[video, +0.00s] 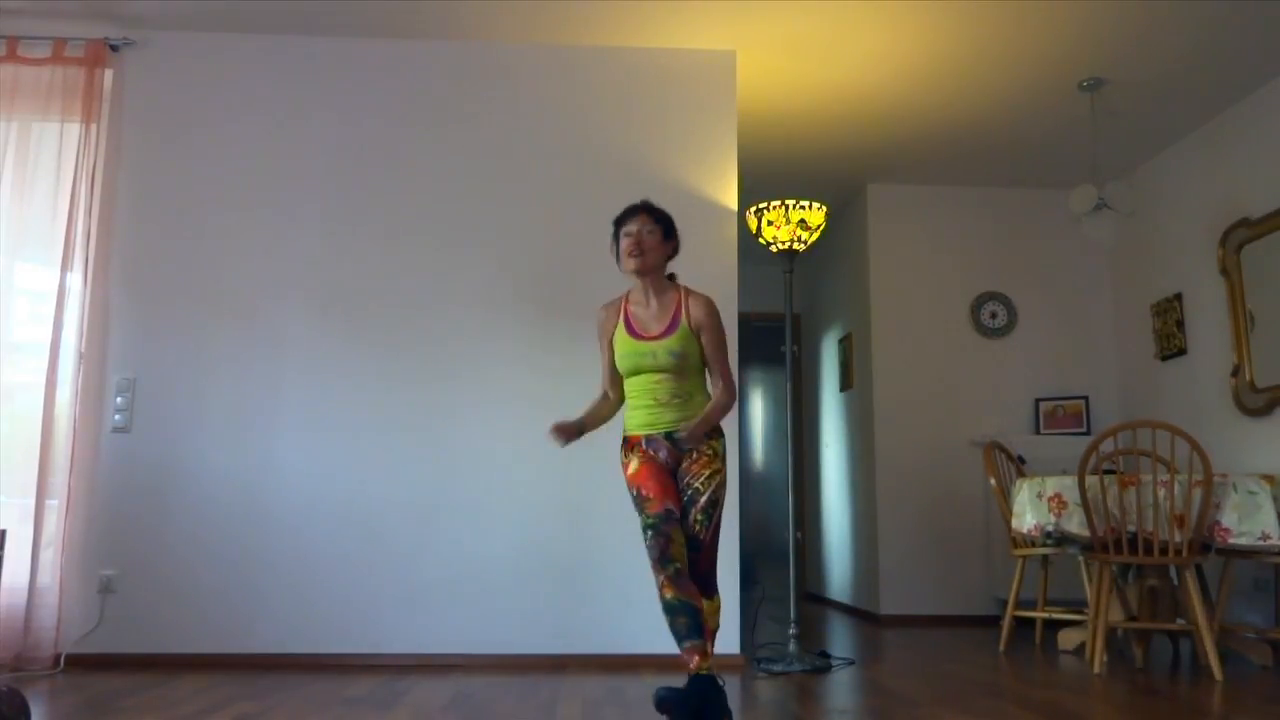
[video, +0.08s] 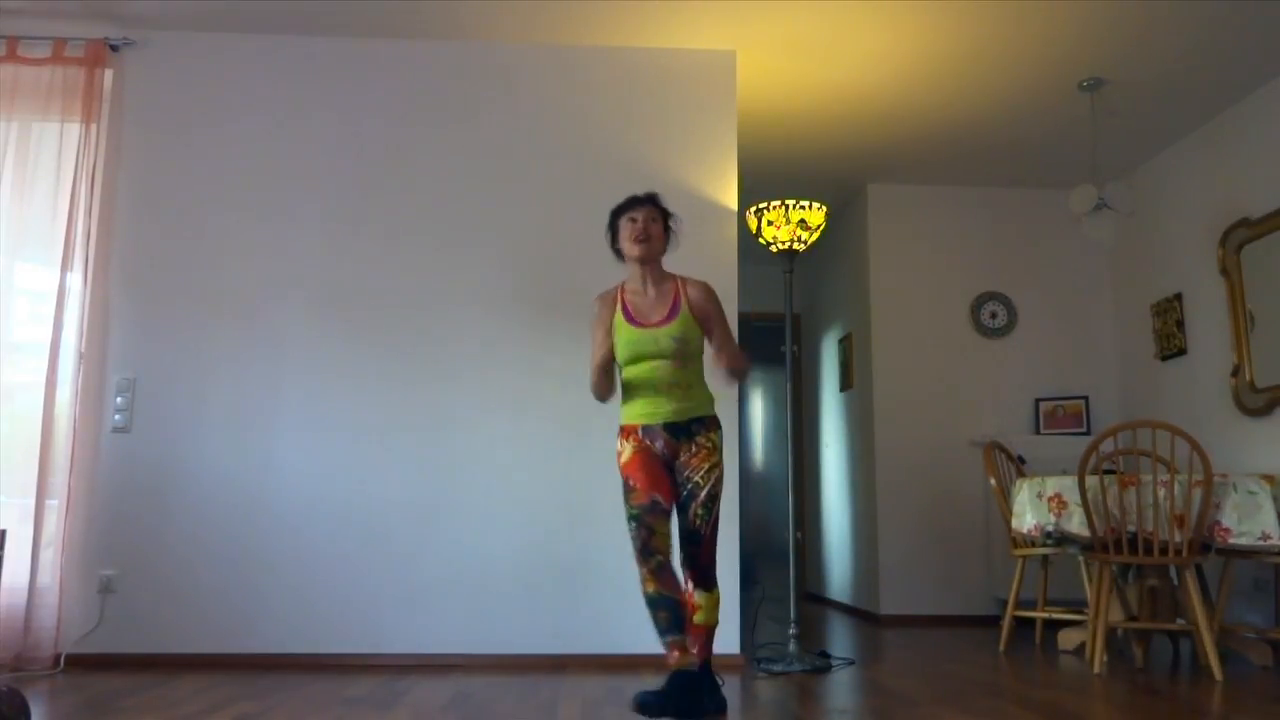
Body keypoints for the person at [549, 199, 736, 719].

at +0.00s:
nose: (634, 243)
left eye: (645, 236)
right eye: (626, 237)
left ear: (669, 247)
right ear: (617, 251)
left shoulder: (697, 308)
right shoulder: (611, 316)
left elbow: (725, 390)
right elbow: (612, 393)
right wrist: (578, 425)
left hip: (699, 442)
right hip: (641, 445)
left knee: (699, 553)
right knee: (665, 540)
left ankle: (701, 676)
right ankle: (701, 673)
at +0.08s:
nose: (642, 228)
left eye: (651, 221)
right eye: (631, 222)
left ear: (667, 235)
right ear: (616, 239)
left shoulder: (697, 294)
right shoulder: (609, 304)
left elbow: (734, 370)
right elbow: (602, 391)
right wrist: (606, 349)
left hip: (697, 432)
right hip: (639, 435)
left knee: (697, 553)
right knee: (650, 550)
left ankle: (703, 675)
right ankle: (682, 670)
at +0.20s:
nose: (635, 205)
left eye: (643, 197)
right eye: (623, 198)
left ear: (655, 211)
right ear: (604, 216)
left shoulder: (681, 265)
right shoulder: (595, 271)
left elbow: (752, 298)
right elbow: (593, 312)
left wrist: (747, 245)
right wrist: (631, 255)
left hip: (688, 405)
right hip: (629, 407)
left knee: (694, 537)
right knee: (615, 532)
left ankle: (699, 662)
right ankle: (610, 662)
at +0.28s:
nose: (627, 198)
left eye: (636, 191)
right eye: (615, 189)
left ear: (645, 205)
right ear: (593, 207)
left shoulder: (665, 257)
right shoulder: (584, 258)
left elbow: (744, 256)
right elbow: (602, 248)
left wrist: (750, 197)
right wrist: (649, 206)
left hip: (680, 392)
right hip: (621, 393)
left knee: (690, 525)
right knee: (594, 521)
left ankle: (700, 653)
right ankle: (564, 646)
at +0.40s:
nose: (619, 216)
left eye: (626, 208)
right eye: (609, 206)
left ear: (631, 219)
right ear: (585, 210)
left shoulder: (638, 267)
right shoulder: (573, 260)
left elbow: (699, 221)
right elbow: (607, 197)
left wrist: (751, 177)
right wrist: (664, 155)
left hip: (655, 400)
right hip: (597, 400)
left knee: (676, 530)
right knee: (568, 529)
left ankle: (697, 655)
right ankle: (529, 656)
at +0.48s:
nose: (610, 220)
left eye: (619, 213)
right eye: (601, 209)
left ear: (626, 225)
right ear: (579, 215)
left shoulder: (623, 277)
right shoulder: (563, 267)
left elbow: (682, 235)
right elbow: (598, 197)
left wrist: (736, 185)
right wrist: (654, 156)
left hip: (631, 412)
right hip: (575, 410)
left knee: (668, 535)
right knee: (554, 538)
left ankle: (691, 658)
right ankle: (528, 663)